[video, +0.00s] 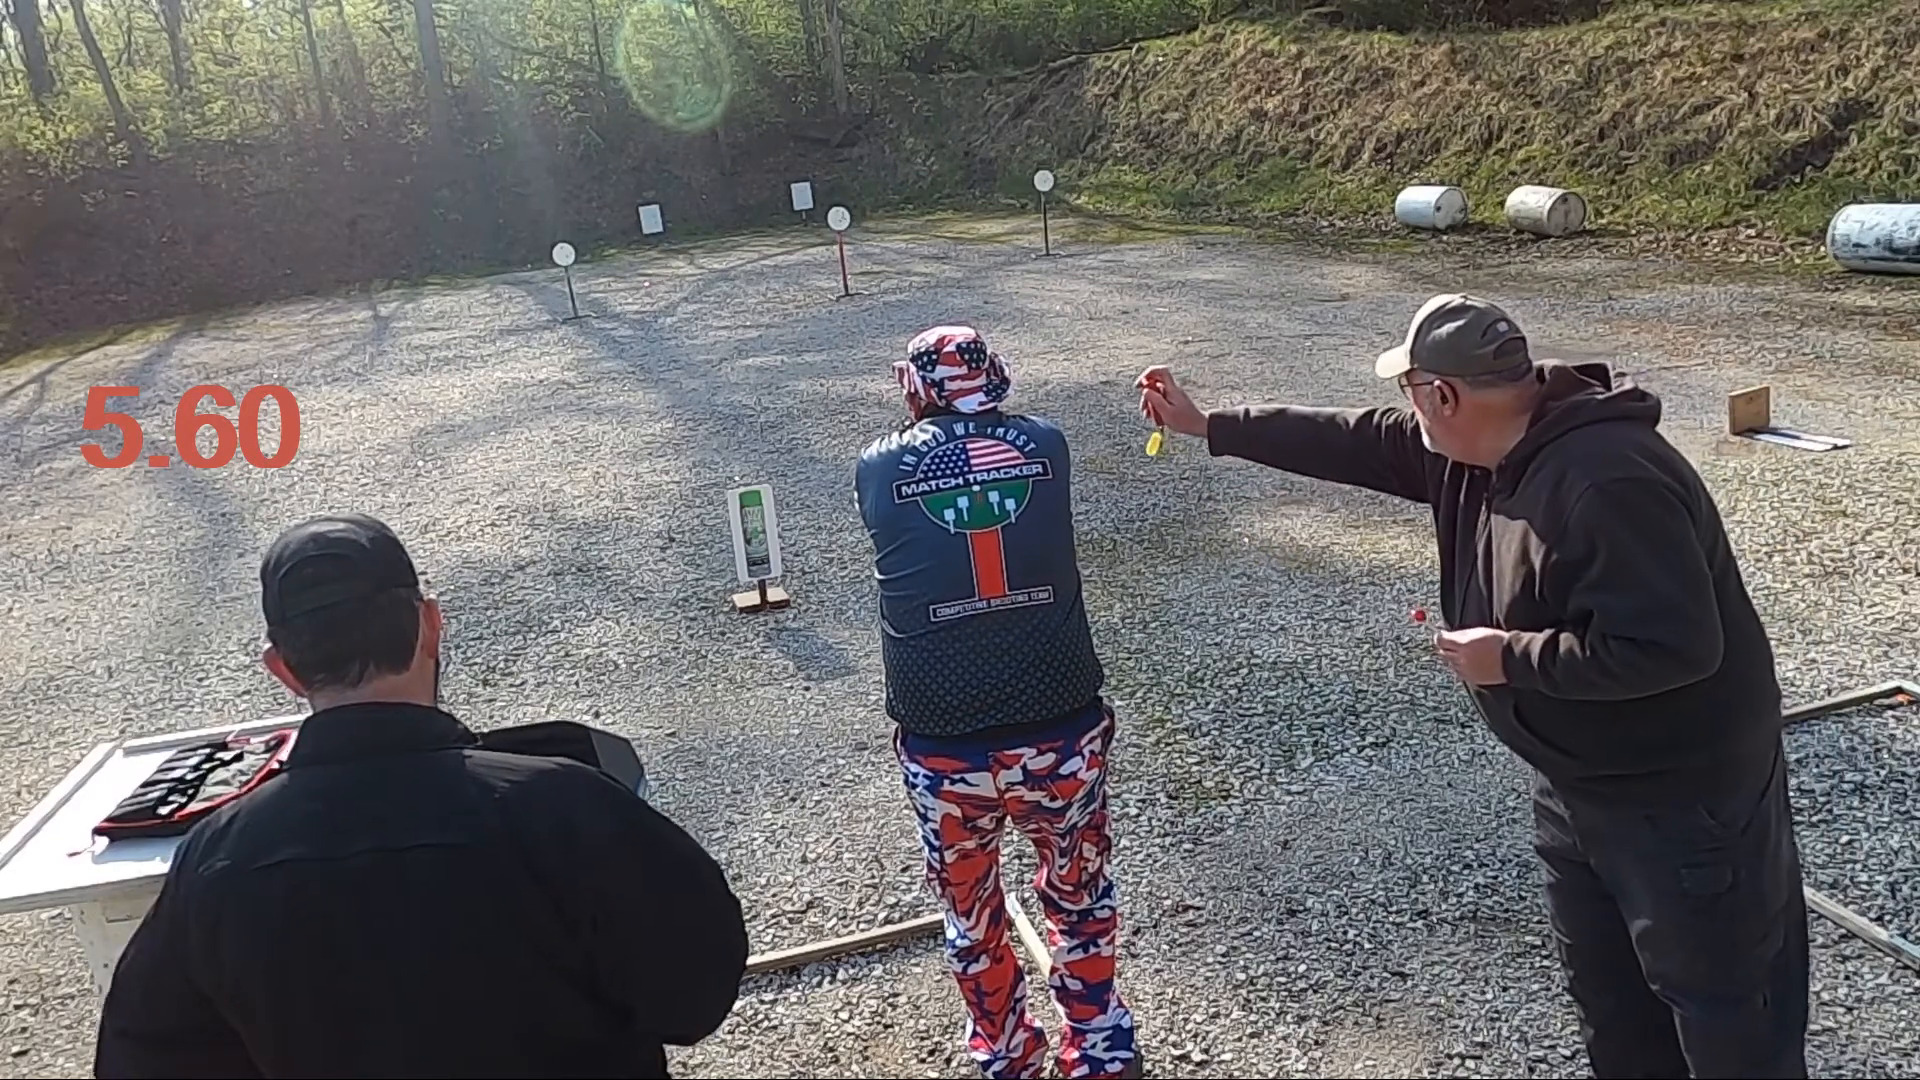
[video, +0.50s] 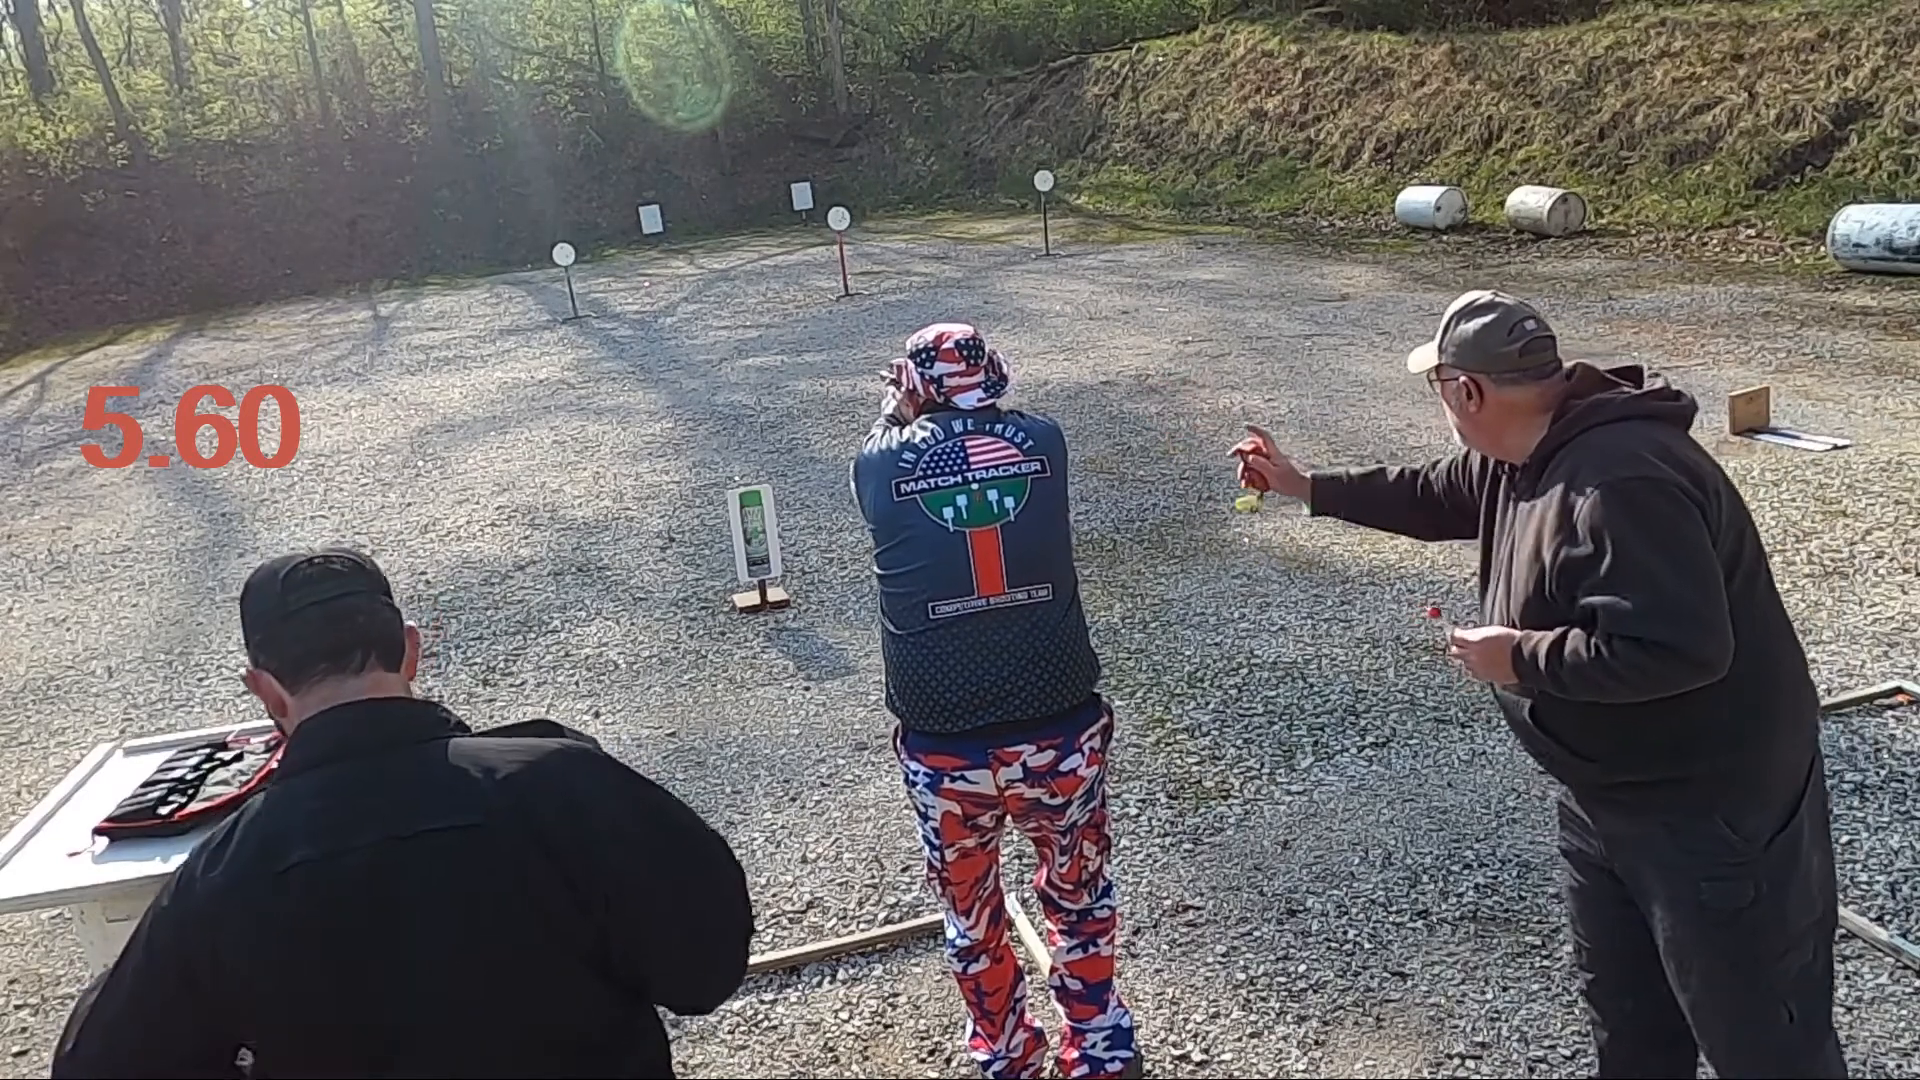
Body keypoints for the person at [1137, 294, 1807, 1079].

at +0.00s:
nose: (1409, 408)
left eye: (1410, 393)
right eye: (1407, 394)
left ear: (1446, 397)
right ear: (1478, 387)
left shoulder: (1610, 485)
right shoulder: (1472, 457)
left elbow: (1675, 648)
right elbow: (1355, 442)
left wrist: (1511, 656)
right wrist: (1207, 424)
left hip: (1692, 805)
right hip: (1582, 794)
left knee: (1730, 1032)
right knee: (1619, 1025)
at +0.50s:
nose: (1440, 401)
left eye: (1440, 386)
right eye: (1439, 386)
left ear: (1470, 393)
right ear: (1535, 373)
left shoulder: (1619, 482)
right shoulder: (1522, 462)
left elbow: (1682, 647)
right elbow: (1434, 495)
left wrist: (1521, 655)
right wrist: (1306, 488)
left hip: (1716, 811)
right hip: (1607, 797)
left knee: (1765, 1048)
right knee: (1633, 1036)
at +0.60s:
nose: (1457, 408)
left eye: (1455, 391)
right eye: (1453, 392)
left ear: (1483, 397)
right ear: (1549, 375)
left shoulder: (1629, 491)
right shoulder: (1558, 466)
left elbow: (1682, 658)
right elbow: (1496, 529)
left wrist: (1527, 659)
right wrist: (1365, 520)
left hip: (1725, 815)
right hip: (1621, 800)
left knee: (1784, 1050)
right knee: (1638, 1036)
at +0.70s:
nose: (1478, 412)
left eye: (1476, 395)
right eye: (1475, 395)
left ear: (1504, 400)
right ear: (1577, 374)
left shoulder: (1638, 498)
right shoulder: (1589, 463)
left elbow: (1693, 674)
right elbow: (1550, 553)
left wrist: (1538, 665)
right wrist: (1431, 551)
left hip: (1742, 826)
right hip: (1637, 807)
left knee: (1801, 1051)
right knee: (1642, 1034)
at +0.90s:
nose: (1532, 422)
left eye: (1533, 405)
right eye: (1532, 404)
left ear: (1564, 413)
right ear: (1634, 390)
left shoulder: (1696, 520)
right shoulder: (1657, 470)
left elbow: (1740, 705)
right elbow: (1647, 587)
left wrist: (1585, 687)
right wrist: (1537, 579)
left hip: (1791, 848)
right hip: (1681, 819)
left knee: (1829, 1062)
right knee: (1657, 1038)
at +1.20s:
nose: (1611, 426)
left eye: (1612, 409)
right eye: (1608, 409)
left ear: (1649, 416)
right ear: (1728, 392)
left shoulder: (1795, 531)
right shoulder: (1733, 488)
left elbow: (1838, 725)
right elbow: (1715, 603)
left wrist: (1666, 701)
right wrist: (1600, 593)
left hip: (1842, 881)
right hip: (1747, 855)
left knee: (1855, 1064)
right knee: (1698, 1056)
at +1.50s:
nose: (1689, 425)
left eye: (1688, 407)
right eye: (1685, 407)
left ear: (1726, 416)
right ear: (1813, 394)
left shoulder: (1851, 547)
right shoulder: (1821, 487)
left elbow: (1867, 752)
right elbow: (1792, 597)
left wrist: (1711, 702)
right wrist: (1686, 590)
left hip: (1868, 889)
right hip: (1803, 857)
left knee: (1872, 1064)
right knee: (1731, 1056)